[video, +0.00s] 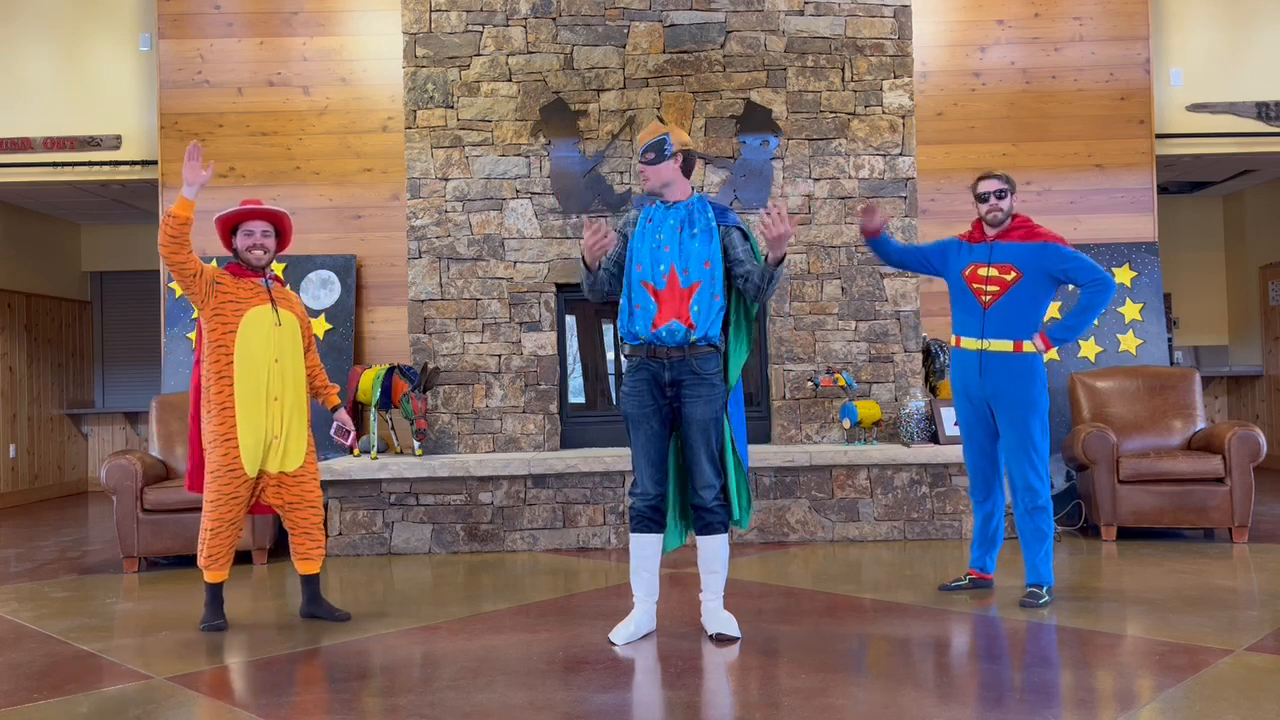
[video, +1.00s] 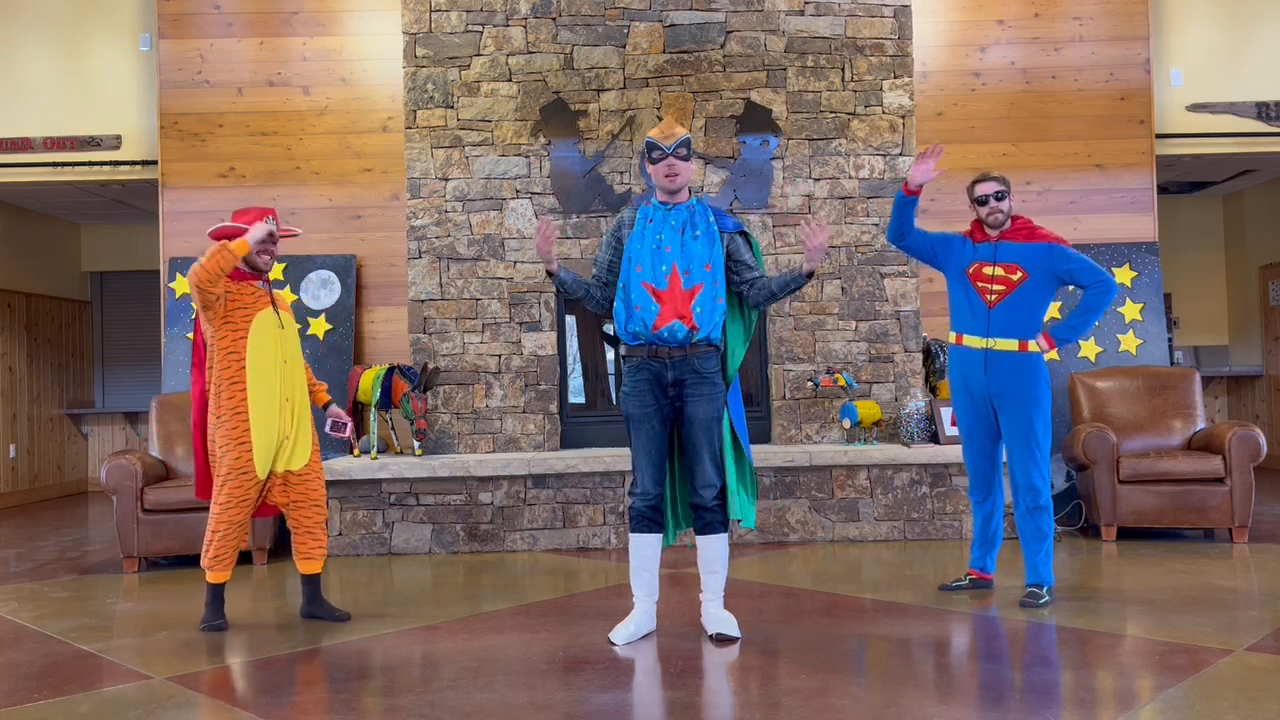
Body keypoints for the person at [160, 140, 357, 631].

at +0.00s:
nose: (257, 240)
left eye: (265, 233)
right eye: (247, 233)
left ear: (277, 243)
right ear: (233, 242)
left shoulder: (291, 299)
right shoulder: (211, 286)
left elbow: (310, 362)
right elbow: (174, 249)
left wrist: (335, 406)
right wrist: (188, 193)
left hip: (287, 422)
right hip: (230, 423)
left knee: (307, 503)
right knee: (222, 510)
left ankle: (312, 598)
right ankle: (214, 604)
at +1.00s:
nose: (271, 251)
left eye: (274, 245)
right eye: (262, 244)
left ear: (276, 248)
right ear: (239, 246)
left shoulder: (279, 300)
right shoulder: (219, 292)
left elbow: (294, 362)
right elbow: (201, 275)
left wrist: (327, 404)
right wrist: (245, 240)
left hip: (289, 418)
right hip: (239, 421)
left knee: (310, 498)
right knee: (231, 506)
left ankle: (313, 599)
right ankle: (214, 605)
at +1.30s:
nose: (276, 257)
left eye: (278, 250)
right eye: (269, 250)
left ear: (275, 252)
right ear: (246, 250)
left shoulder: (270, 296)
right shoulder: (221, 290)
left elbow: (283, 365)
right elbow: (215, 272)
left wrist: (298, 422)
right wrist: (257, 241)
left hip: (287, 415)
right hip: (241, 418)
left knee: (310, 495)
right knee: (233, 502)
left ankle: (312, 598)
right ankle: (214, 605)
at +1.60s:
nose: (265, 244)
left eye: (272, 237)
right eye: (256, 237)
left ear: (281, 245)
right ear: (237, 243)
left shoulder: (295, 302)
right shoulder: (211, 290)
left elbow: (313, 362)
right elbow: (157, 264)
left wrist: (324, 414)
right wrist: (200, 221)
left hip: (290, 424)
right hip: (234, 424)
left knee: (310, 502)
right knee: (225, 506)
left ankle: (313, 598)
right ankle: (214, 605)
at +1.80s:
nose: (259, 242)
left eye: (266, 235)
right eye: (249, 235)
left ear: (277, 244)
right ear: (234, 244)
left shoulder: (297, 300)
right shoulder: (206, 290)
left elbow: (334, 351)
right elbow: (147, 272)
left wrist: (366, 397)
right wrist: (180, 220)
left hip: (292, 424)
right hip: (231, 425)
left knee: (309, 505)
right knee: (223, 511)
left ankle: (313, 599)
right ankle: (214, 606)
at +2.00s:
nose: (252, 242)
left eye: (261, 235)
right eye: (243, 235)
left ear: (271, 244)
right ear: (228, 244)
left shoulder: (291, 299)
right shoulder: (203, 291)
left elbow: (322, 342)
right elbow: (147, 290)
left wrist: (354, 369)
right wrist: (154, 238)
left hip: (284, 421)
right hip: (224, 423)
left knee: (303, 502)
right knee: (220, 508)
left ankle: (312, 598)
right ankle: (214, 606)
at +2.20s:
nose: (249, 240)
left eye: (257, 234)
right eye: (239, 234)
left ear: (269, 242)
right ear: (225, 242)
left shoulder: (288, 298)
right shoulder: (204, 293)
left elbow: (308, 348)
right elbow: (167, 319)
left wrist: (324, 385)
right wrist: (142, 317)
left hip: (281, 420)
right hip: (221, 421)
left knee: (302, 499)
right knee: (217, 503)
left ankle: (317, 597)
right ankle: (211, 605)